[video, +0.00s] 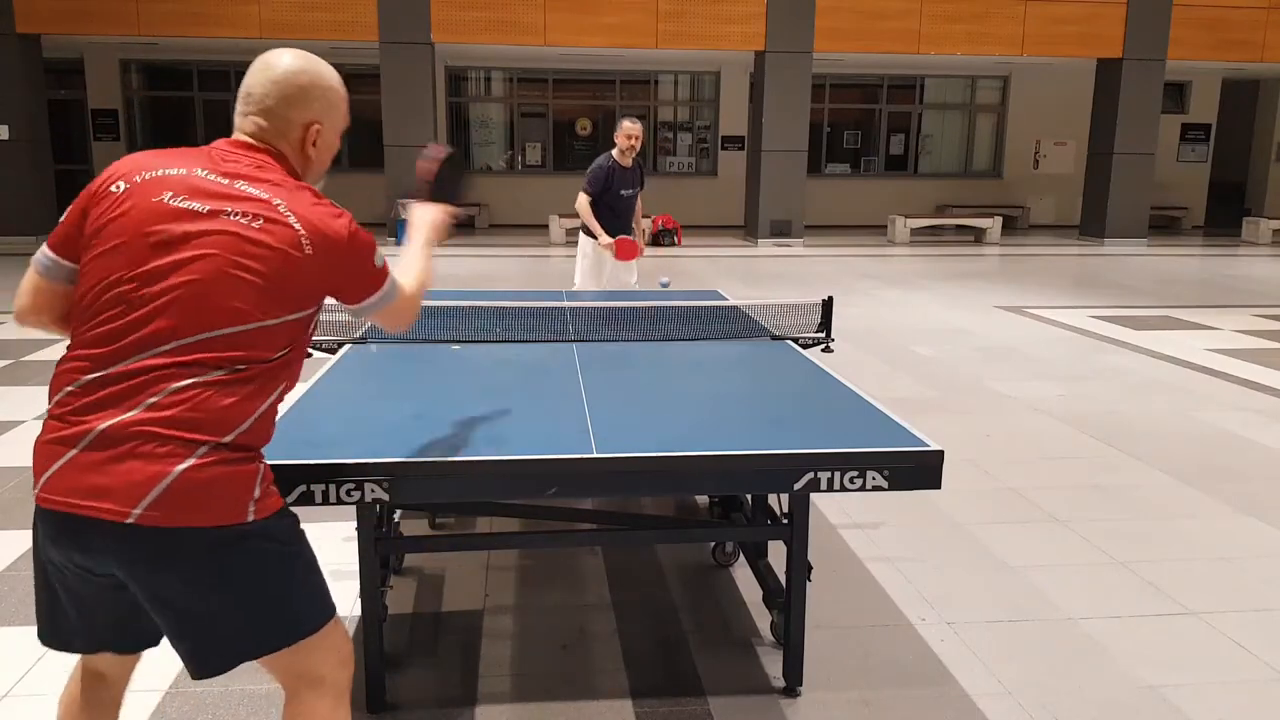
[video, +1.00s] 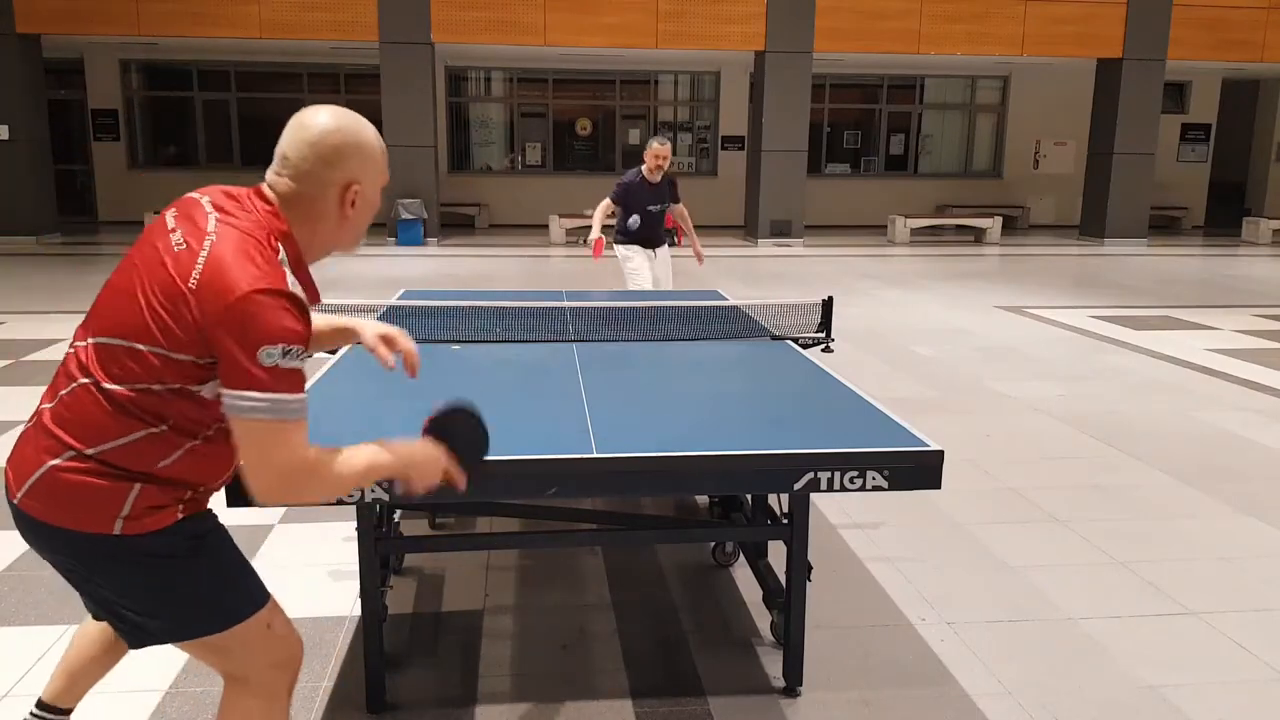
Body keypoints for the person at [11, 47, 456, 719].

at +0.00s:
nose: (335, 151)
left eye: (340, 136)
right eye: (337, 135)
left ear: (243, 115)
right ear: (312, 136)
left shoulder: (127, 174)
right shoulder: (318, 225)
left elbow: (36, 304)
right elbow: (400, 311)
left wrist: (136, 321)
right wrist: (422, 231)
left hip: (70, 495)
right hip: (201, 503)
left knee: (99, 665)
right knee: (321, 673)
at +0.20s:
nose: (283, 138)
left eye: (285, 123)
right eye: (283, 123)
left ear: (188, 112)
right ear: (264, 127)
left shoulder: (74, 182)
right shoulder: (282, 223)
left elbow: (12, 324)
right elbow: (334, 340)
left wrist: (101, 336)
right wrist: (327, 317)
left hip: (52, 495)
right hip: (185, 498)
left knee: (82, 659)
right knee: (308, 673)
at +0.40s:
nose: (255, 141)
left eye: (257, 126)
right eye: (255, 125)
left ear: (163, 116)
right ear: (235, 130)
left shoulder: (55, 184)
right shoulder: (229, 230)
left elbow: (7, 317)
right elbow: (254, 401)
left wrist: (95, 330)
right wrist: (296, 352)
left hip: (17, 483)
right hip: (133, 502)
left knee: (91, 642)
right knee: (265, 668)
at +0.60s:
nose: (283, 136)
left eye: (285, 118)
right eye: (283, 118)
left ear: (188, 108)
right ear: (261, 122)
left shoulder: (100, 166)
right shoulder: (219, 222)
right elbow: (229, 402)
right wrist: (299, 380)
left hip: (25, 461)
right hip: (115, 487)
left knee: (92, 637)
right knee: (246, 658)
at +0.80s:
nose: (339, 169)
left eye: (340, 153)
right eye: (339, 153)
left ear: (240, 137)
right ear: (314, 157)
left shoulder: (164, 184)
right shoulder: (253, 259)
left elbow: (170, 326)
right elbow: (287, 441)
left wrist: (277, 347)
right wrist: (363, 407)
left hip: (35, 468)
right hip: (126, 503)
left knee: (102, 633)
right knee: (265, 659)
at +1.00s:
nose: (376, 206)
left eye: (382, 190)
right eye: (379, 191)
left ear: (283, 170)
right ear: (350, 199)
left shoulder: (209, 206)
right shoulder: (256, 295)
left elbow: (241, 327)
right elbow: (281, 478)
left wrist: (350, 329)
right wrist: (392, 459)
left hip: (48, 468)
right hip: (114, 506)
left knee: (140, 601)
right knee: (269, 660)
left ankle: (47, 712)